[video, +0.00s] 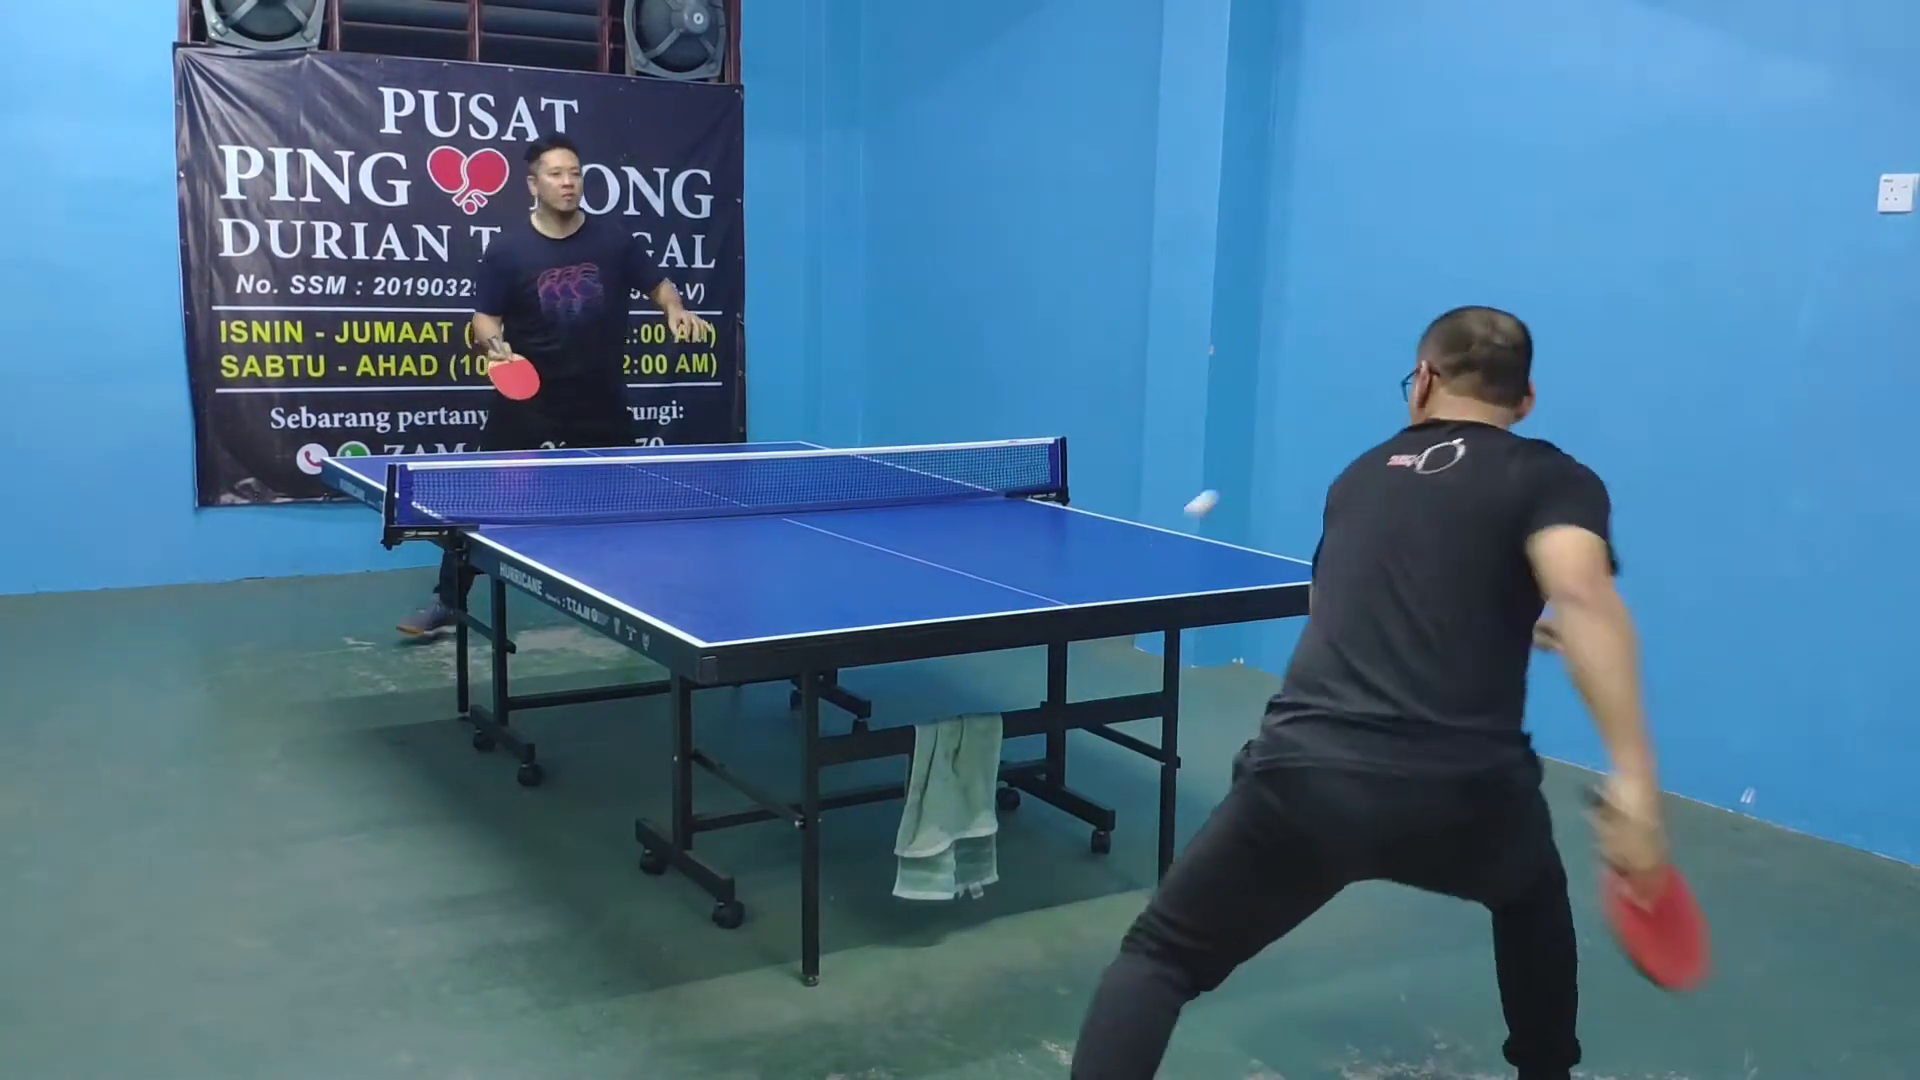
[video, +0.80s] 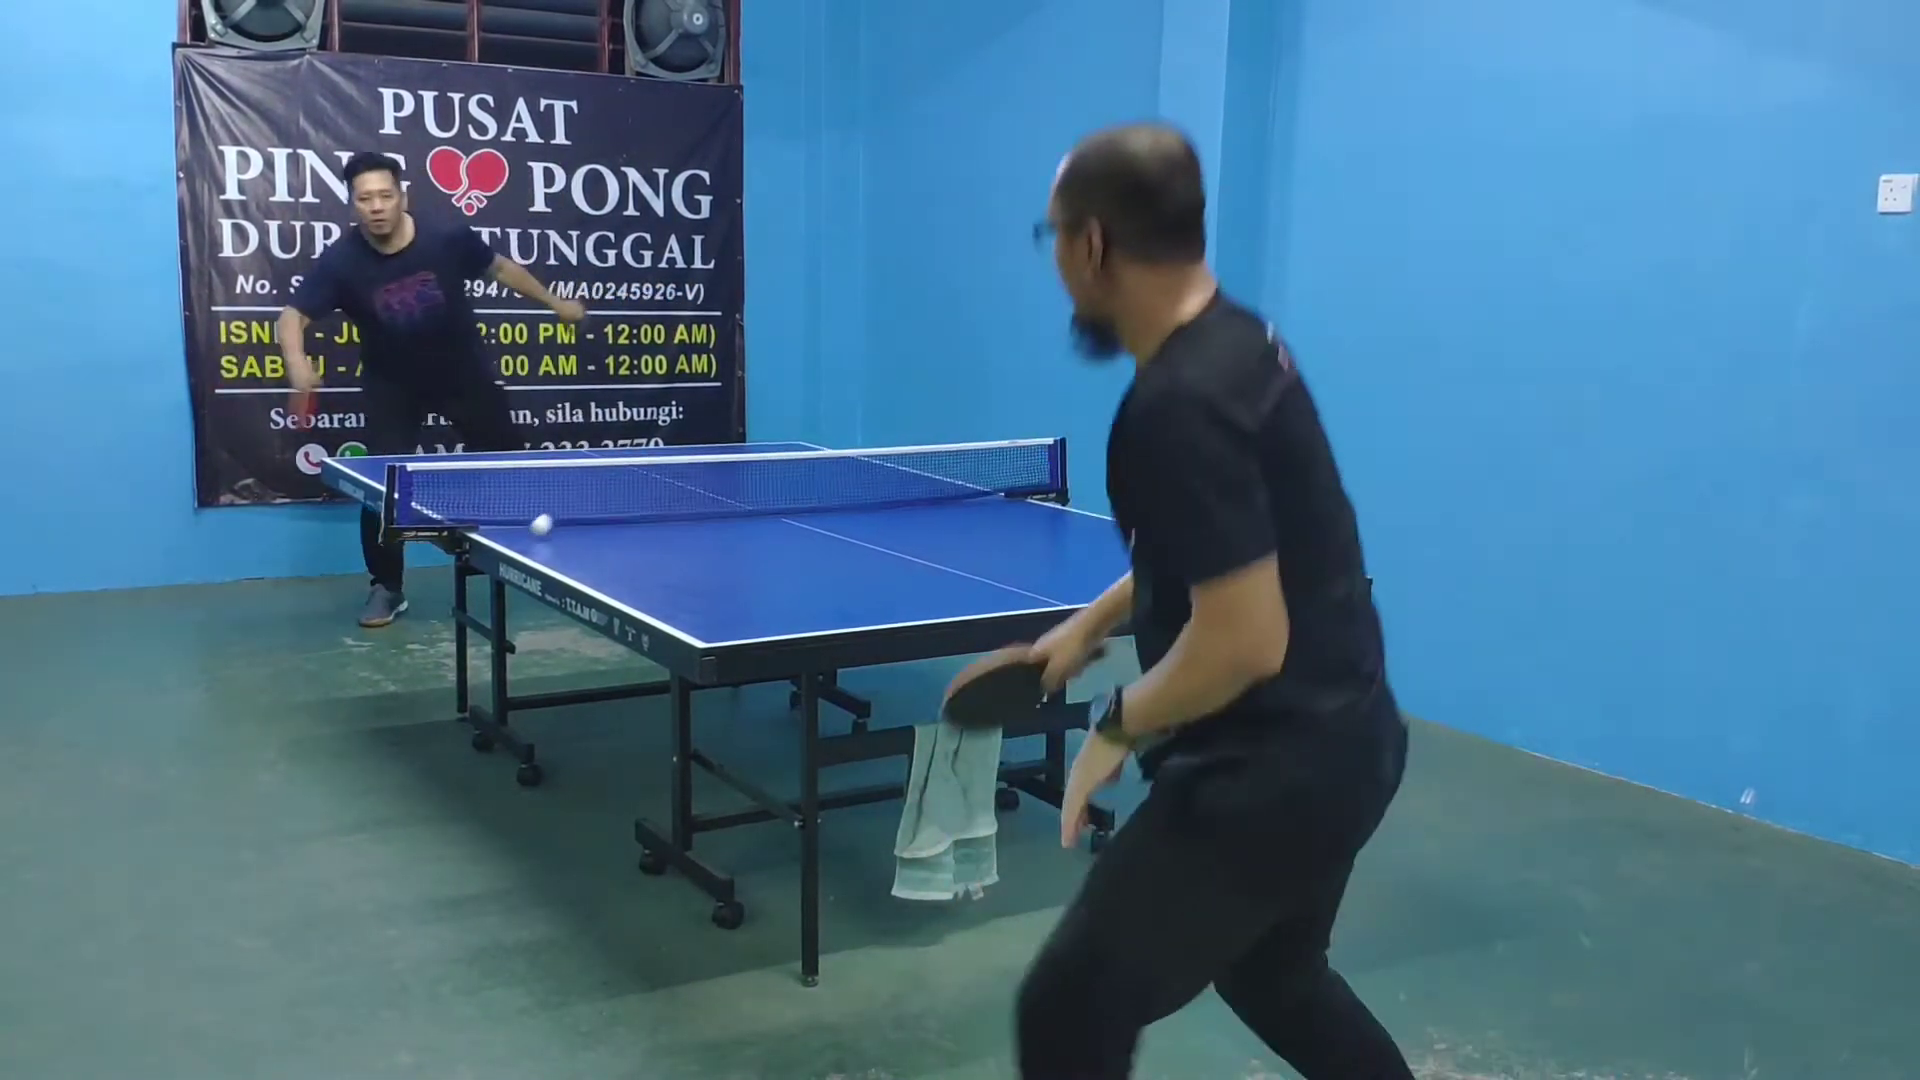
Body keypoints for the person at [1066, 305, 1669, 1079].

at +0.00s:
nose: (1408, 397)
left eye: (1410, 383)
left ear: (1421, 382)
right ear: (1526, 404)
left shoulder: (1361, 475)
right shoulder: (1551, 476)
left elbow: (1387, 583)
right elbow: (1579, 592)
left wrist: (1515, 615)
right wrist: (1635, 779)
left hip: (1311, 790)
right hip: (1469, 803)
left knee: (1161, 956)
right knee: (1531, 899)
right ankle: (1546, 1067)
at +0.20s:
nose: (1472, 336)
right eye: (1471, 325)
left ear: (1354, 339)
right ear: (1469, 340)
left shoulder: (1268, 441)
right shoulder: (1460, 458)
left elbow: (1126, 552)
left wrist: (1149, 651)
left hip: (1244, 786)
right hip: (1403, 792)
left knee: (1124, 976)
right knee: (1498, 932)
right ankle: (1545, 1069)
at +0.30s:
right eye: (1314, 275)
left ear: (1209, 292)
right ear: (1318, 287)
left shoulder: (1144, 411)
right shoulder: (1399, 412)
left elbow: (1052, 610)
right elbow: (1495, 569)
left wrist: (1095, 596)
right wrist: (1582, 617)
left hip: (1256, 767)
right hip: (1409, 750)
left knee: (1062, 882)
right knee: (1458, 934)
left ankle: (1062, 1070)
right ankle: (1541, 1072)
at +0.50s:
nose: (1041, 448)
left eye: (1042, 434)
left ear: (1062, 451)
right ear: (1168, 390)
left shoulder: (1157, 602)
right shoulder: (1224, 459)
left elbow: (1178, 811)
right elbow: (1062, 495)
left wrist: (1127, 784)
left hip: (1271, 876)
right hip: (1367, 835)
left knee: (1004, 980)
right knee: (1252, 982)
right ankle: (1367, 1074)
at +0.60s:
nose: (1029, 450)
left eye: (1028, 433)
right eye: (1024, 432)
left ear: (1073, 446)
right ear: (1154, 404)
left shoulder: (1215, 581)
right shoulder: (1135, 517)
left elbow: (1210, 814)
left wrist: (1103, 810)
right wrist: (1020, 801)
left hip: (1276, 880)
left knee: (982, 999)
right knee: (1213, 1020)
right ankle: (1362, 1076)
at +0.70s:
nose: (1044, 366)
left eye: (1042, 346)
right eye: (1040, 346)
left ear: (1084, 358)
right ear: (1169, 329)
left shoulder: (1205, 508)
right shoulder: (1170, 447)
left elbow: (1226, 750)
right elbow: (1143, 626)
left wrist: (1115, 775)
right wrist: (1049, 727)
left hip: (1261, 838)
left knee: (993, 1016)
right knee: (1260, 999)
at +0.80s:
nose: (1057, 262)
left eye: (1055, 237)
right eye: (1053, 237)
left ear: (1094, 245)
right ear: (1185, 229)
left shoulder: (1177, 404)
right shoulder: (1237, 347)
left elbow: (1246, 638)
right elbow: (1201, 532)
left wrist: (1121, 730)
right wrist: (1090, 626)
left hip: (1267, 767)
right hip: (1339, 736)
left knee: (1067, 1011)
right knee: (1272, 975)